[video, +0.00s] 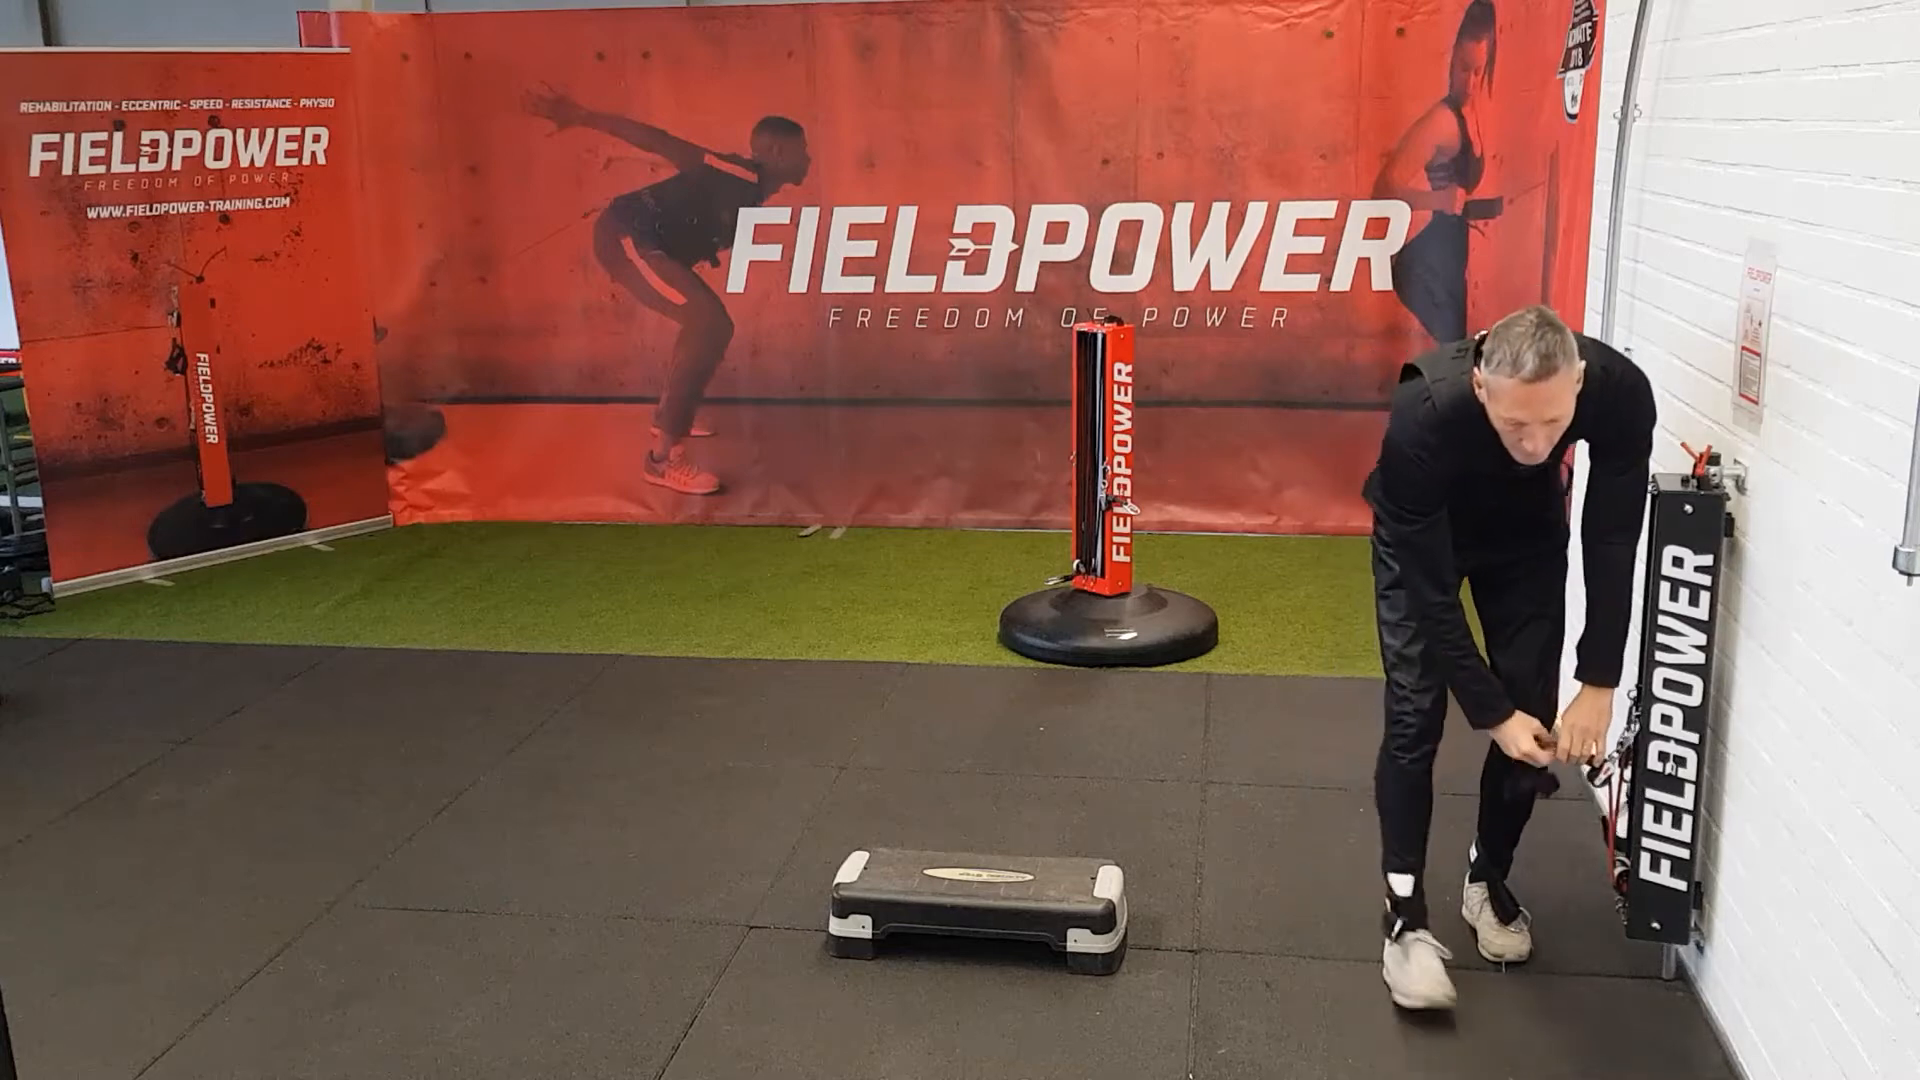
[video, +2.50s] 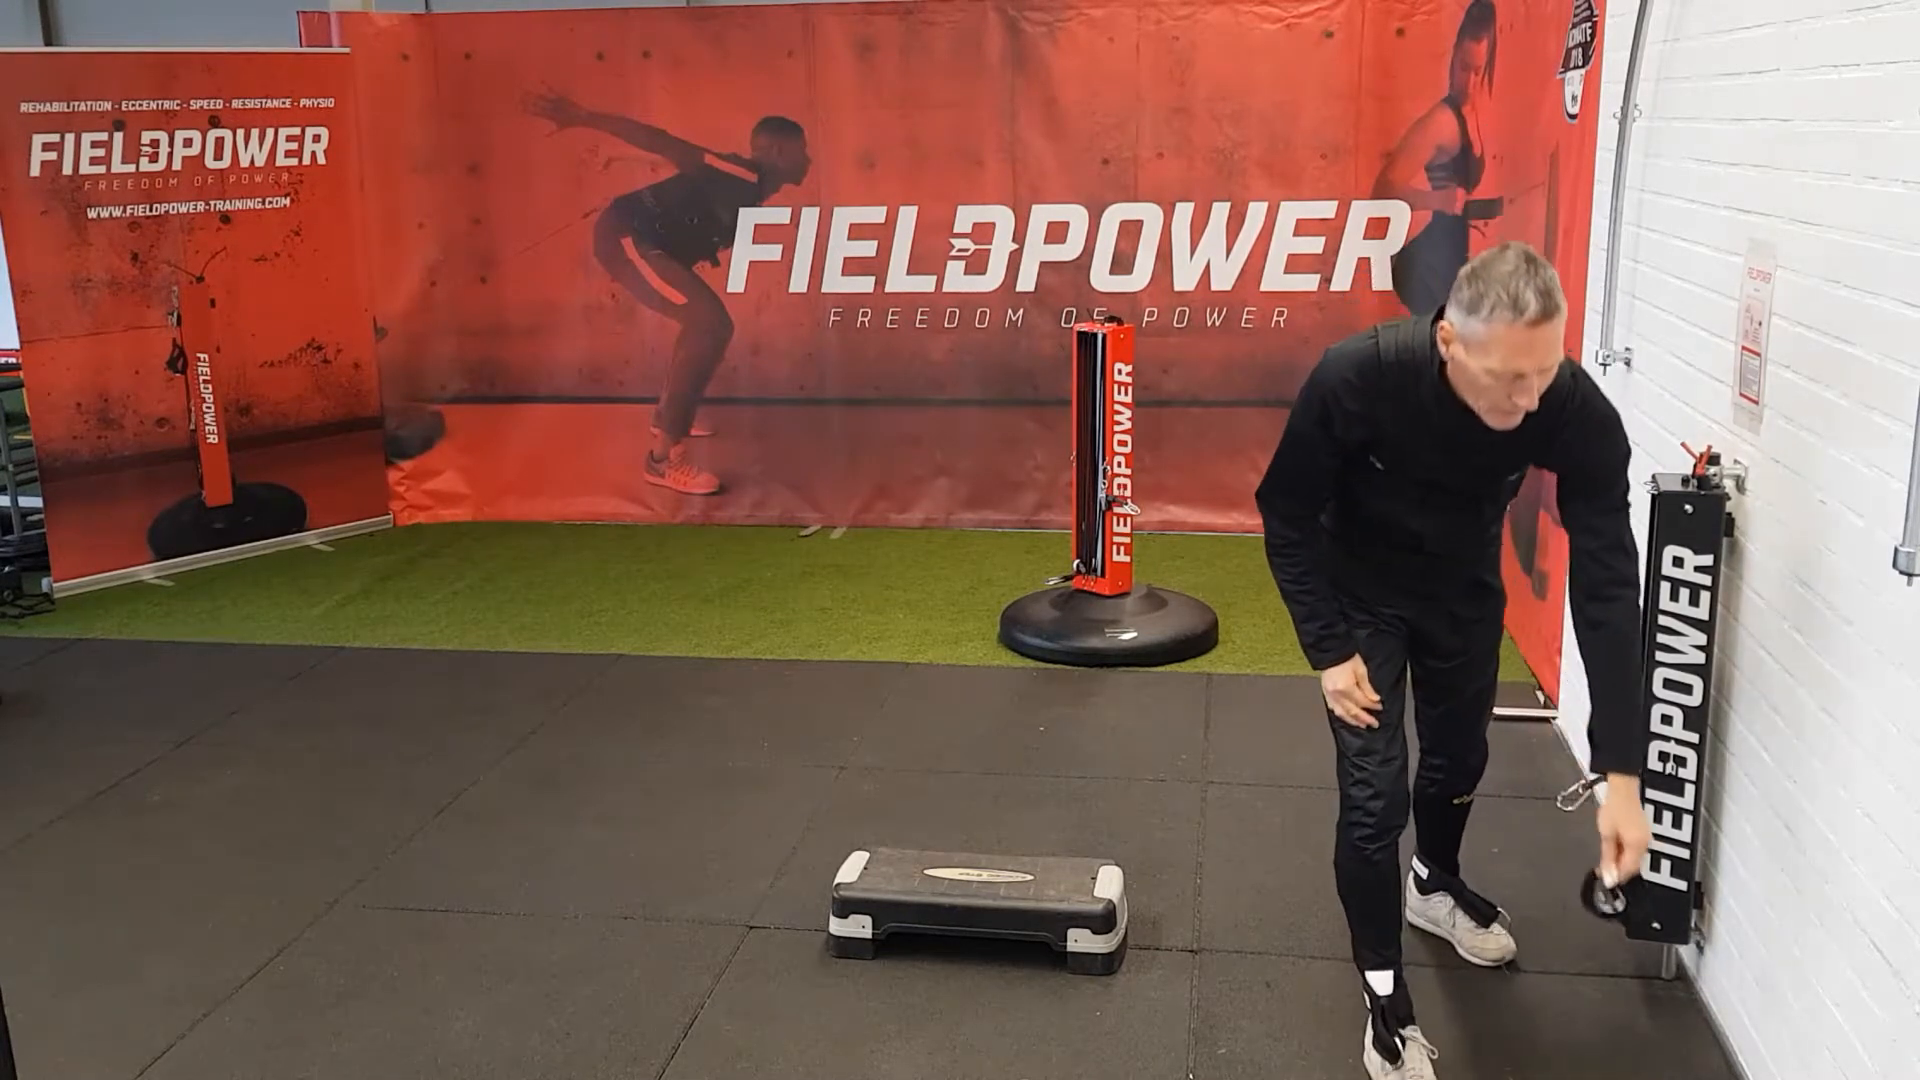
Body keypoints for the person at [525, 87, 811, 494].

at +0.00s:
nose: (808, 158)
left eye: (805, 149)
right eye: (800, 149)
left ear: (775, 151)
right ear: (772, 150)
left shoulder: (749, 197)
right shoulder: (732, 180)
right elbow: (659, 141)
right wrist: (582, 116)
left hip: (646, 237)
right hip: (626, 232)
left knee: (715, 323)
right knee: (708, 323)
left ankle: (671, 414)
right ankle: (664, 457)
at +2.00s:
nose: (807, 159)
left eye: (804, 150)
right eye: (801, 150)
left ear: (773, 151)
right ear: (772, 150)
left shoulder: (749, 189)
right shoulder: (737, 178)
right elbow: (662, 143)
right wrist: (582, 117)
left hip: (642, 237)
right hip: (627, 235)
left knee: (710, 322)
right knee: (712, 325)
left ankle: (670, 413)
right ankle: (665, 458)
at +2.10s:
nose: (807, 159)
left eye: (804, 150)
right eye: (800, 150)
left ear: (774, 151)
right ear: (772, 150)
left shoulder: (750, 190)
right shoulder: (736, 177)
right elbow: (661, 143)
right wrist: (582, 117)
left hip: (643, 236)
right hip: (627, 234)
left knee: (708, 322)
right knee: (713, 325)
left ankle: (670, 414)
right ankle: (665, 457)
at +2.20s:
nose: (807, 159)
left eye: (804, 150)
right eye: (800, 150)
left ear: (774, 152)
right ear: (772, 150)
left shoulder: (749, 191)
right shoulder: (735, 178)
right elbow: (661, 142)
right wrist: (582, 117)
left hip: (644, 236)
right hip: (627, 233)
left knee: (709, 322)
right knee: (712, 325)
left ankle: (670, 414)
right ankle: (665, 457)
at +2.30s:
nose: (807, 159)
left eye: (804, 150)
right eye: (801, 150)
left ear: (773, 151)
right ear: (772, 150)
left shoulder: (748, 188)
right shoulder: (736, 178)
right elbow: (662, 143)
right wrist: (582, 117)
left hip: (642, 236)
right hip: (627, 235)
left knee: (710, 322)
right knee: (712, 325)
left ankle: (670, 413)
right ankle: (665, 457)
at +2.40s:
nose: (807, 159)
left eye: (804, 150)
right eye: (800, 149)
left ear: (774, 151)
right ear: (772, 150)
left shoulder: (749, 191)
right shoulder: (735, 177)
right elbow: (661, 143)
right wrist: (582, 117)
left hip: (643, 236)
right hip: (627, 234)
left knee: (708, 322)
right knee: (713, 325)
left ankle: (670, 414)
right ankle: (665, 457)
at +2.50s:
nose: (807, 159)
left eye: (804, 150)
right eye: (800, 150)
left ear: (774, 151)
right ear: (772, 150)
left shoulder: (749, 191)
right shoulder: (735, 177)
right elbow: (661, 143)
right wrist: (582, 117)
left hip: (643, 236)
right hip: (627, 234)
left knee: (708, 322)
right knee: (713, 325)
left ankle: (670, 414)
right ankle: (665, 457)